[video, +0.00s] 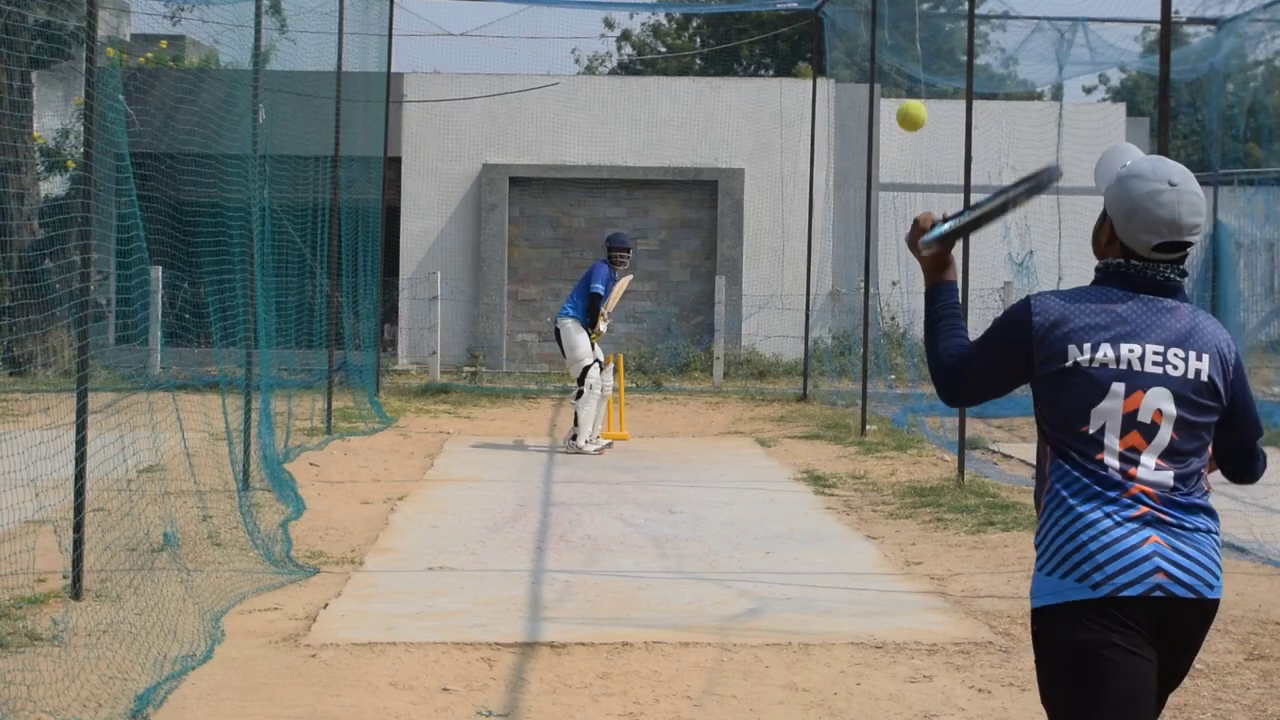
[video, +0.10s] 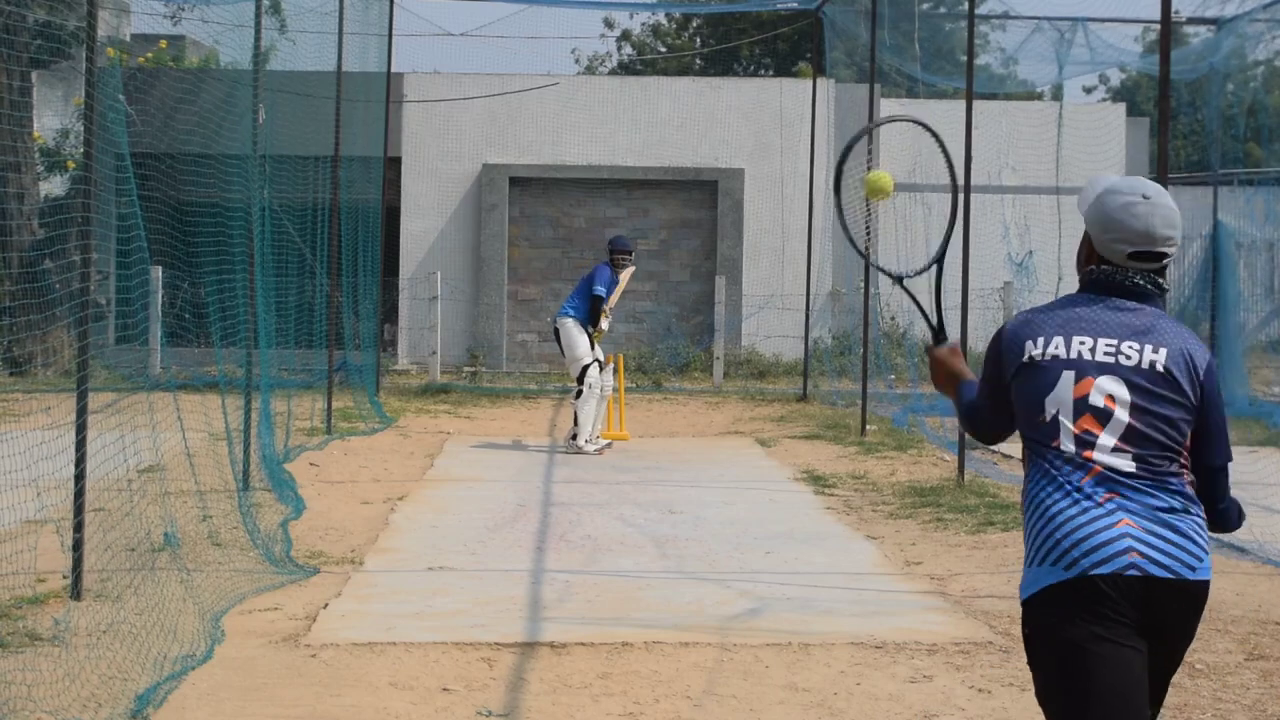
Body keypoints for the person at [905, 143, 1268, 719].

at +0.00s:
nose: (1098, 222)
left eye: (1103, 214)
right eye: (1104, 210)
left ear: (1108, 234)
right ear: (1185, 245)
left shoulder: (1048, 317)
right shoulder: (1213, 338)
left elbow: (957, 383)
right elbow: (1246, 464)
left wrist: (939, 277)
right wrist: (1204, 429)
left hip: (1088, 581)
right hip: (1193, 586)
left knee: (1096, 708)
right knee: (1129, 709)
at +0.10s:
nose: (1078, 245)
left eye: (1082, 237)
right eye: (1084, 235)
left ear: (1088, 251)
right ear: (1162, 262)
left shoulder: (1023, 334)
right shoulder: (1192, 350)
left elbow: (987, 423)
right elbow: (1211, 475)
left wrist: (956, 381)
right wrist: (1222, 513)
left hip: (1078, 566)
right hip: (1180, 572)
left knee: (1096, 707)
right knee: (1134, 708)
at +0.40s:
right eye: (1114, 249)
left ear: (1042, 256)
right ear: (1115, 257)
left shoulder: (991, 328)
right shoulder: (1145, 322)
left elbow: (993, 441)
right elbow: (1194, 430)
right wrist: (1228, 480)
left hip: (1030, 518)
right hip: (1134, 520)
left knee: (1038, 700)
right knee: (1114, 698)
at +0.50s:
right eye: (1111, 239)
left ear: (1037, 247)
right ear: (1110, 246)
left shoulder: (984, 314)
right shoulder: (1141, 314)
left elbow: (977, 438)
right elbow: (1183, 420)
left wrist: (1003, 502)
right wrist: (1212, 480)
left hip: (1024, 509)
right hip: (1128, 513)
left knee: (1020, 697)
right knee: (1106, 696)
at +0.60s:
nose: (1101, 229)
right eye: (1102, 223)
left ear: (1031, 228)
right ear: (1103, 231)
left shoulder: (973, 302)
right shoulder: (1136, 307)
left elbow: (953, 441)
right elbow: (1168, 428)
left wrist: (972, 526)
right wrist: (1185, 481)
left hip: (1013, 510)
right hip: (1120, 518)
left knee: (1007, 700)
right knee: (1096, 698)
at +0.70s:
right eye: (1098, 215)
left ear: (1026, 217)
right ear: (1100, 224)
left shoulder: (966, 293)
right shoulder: (1129, 303)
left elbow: (934, 430)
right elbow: (1156, 424)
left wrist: (945, 528)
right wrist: (1169, 479)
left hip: (1005, 513)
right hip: (1110, 519)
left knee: (1002, 700)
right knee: (1091, 698)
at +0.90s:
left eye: (1003, 195)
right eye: (1080, 200)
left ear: (1006, 202)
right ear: (1082, 209)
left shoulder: (945, 278)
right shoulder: (1111, 292)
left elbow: (898, 414)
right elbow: (1142, 414)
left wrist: (906, 519)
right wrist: (1152, 476)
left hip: (985, 519)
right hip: (1090, 522)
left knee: (989, 701)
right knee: (1073, 699)